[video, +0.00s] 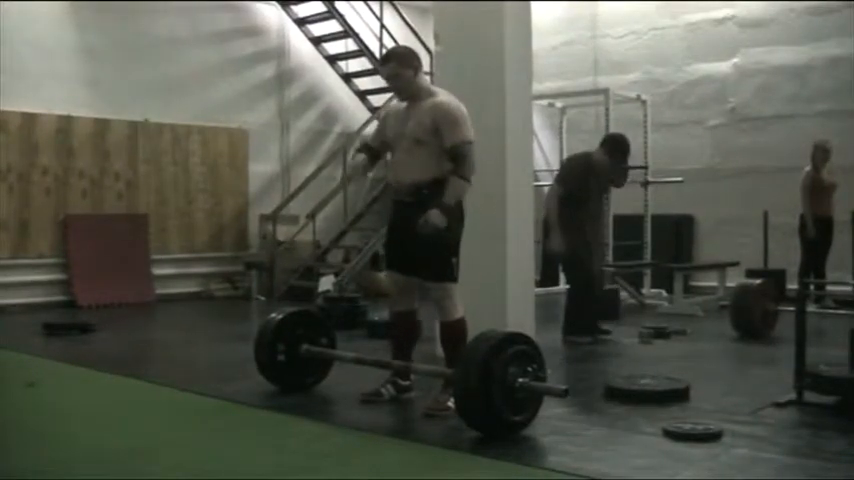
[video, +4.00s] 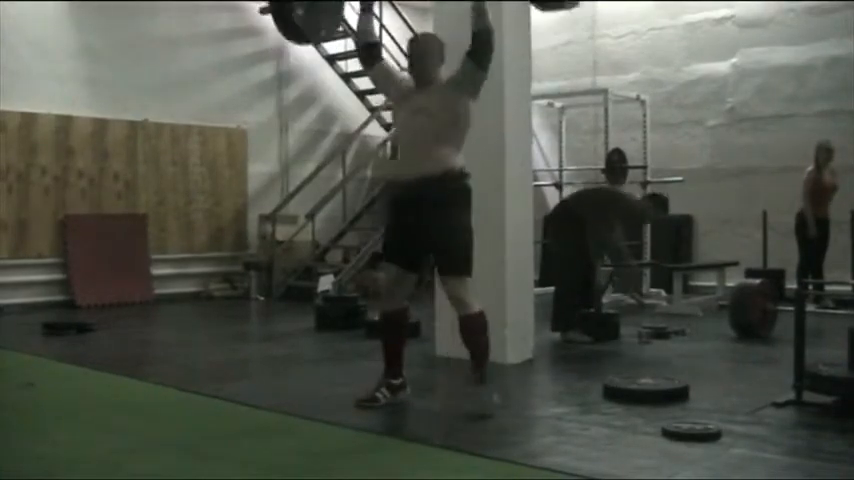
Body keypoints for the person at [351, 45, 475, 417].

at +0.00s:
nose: (391, 85)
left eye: (395, 77)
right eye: (387, 79)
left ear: (415, 70)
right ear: (388, 78)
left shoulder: (446, 108)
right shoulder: (393, 113)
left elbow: (465, 164)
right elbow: (375, 149)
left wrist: (445, 208)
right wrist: (365, 158)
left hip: (438, 202)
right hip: (402, 203)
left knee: (444, 296)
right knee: (401, 293)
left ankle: (453, 386)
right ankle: (400, 379)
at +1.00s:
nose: (352, 231)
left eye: (355, 223)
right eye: (346, 225)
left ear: (369, 215)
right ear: (341, 223)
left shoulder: (413, 239)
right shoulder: (353, 243)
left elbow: (435, 304)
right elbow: (349, 291)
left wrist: (440, 357)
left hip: (447, 283)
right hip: (400, 286)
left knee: (402, 320)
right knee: (360, 315)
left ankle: (442, 386)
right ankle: (396, 381)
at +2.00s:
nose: (399, 76)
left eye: (407, 70)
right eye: (397, 71)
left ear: (428, 75)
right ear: (396, 78)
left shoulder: (445, 113)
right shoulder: (386, 112)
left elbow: (481, 120)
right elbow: (340, 130)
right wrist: (377, 129)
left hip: (416, 201)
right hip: (380, 201)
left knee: (415, 299)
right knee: (374, 294)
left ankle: (442, 387)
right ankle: (395, 380)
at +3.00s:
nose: (408, 77)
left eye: (418, 73)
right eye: (406, 73)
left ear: (436, 86)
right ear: (400, 84)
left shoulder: (443, 129)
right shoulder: (384, 136)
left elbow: (448, 177)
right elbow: (359, 185)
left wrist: (447, 133)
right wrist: (348, 150)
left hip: (425, 218)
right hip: (387, 221)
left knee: (417, 311)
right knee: (364, 308)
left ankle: (453, 391)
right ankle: (394, 383)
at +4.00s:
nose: (418, 61)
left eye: (425, 54)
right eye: (413, 55)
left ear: (440, 59)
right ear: (408, 61)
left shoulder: (457, 93)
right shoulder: (401, 96)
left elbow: (481, 47)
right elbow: (368, 52)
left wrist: (479, 4)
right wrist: (368, 7)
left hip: (446, 191)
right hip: (404, 194)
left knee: (457, 285)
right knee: (393, 286)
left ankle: (480, 384)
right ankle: (393, 380)